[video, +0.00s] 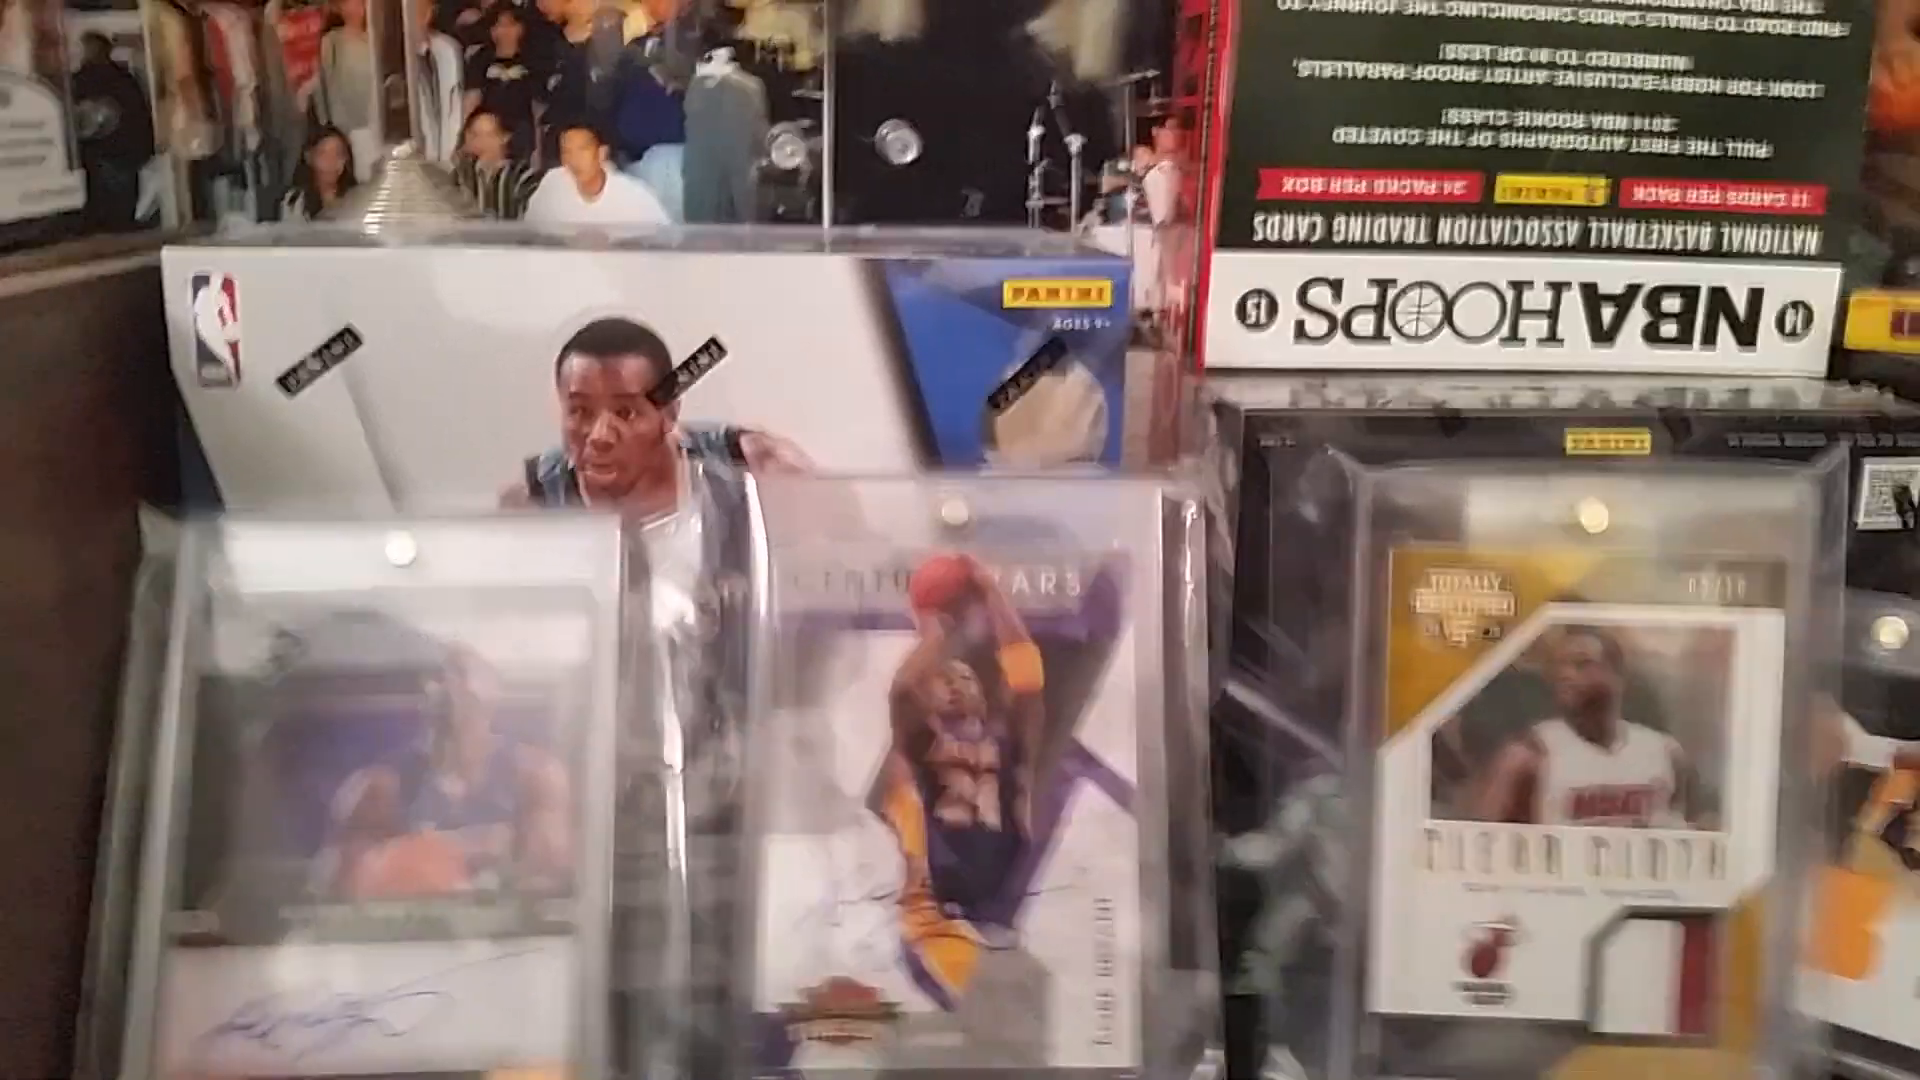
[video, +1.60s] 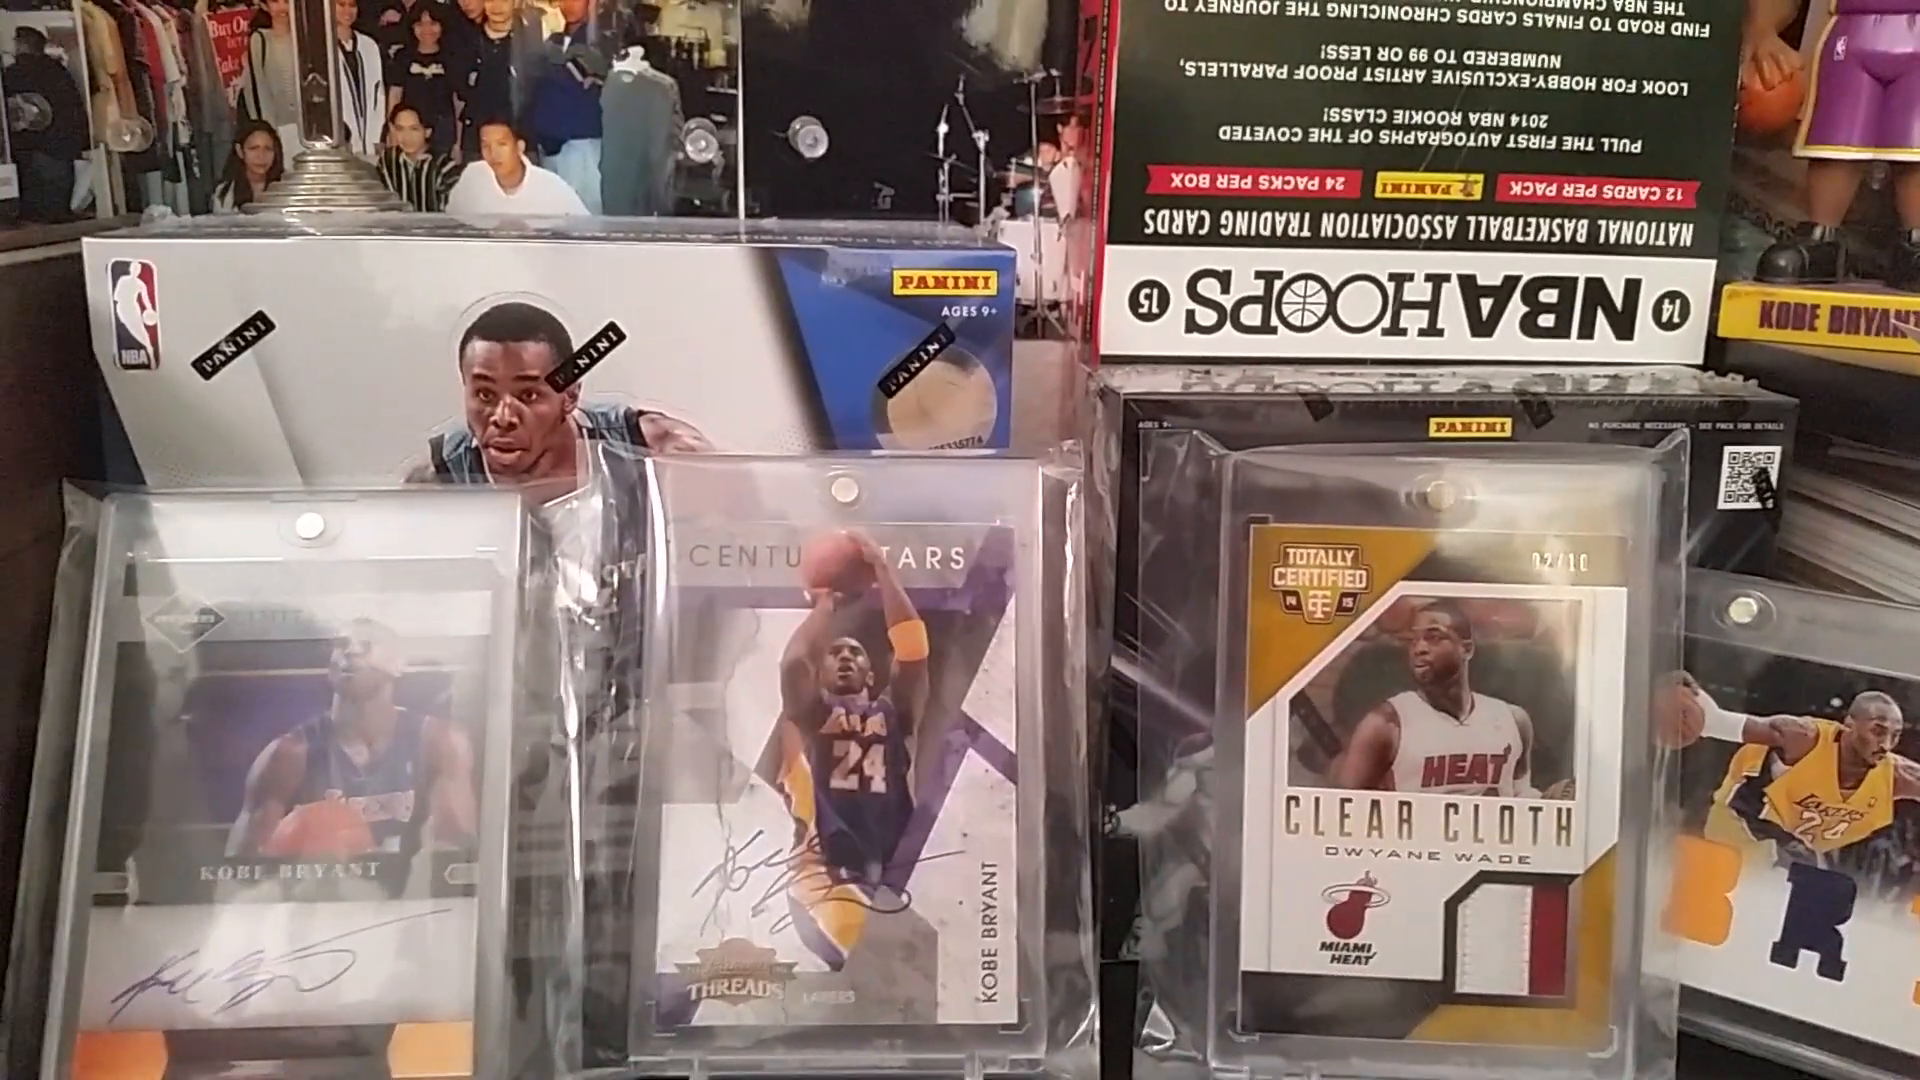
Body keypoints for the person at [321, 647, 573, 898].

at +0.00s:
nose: (439, 689)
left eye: (456, 676)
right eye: (433, 678)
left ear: (488, 698)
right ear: (423, 699)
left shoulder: (538, 775)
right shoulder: (377, 787)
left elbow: (548, 878)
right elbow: (336, 888)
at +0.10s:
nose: (402, 678)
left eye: (419, 667)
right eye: (391, 667)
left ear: (449, 687)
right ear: (375, 686)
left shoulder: (492, 770)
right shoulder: (329, 785)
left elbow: (504, 877)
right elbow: (283, 891)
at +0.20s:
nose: (367, 671)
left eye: (383, 661)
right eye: (356, 663)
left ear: (415, 680)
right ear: (341, 681)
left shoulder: (458, 766)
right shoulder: (296, 778)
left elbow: (466, 868)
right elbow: (255, 880)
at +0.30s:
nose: (334, 669)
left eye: (351, 660)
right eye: (323, 660)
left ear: (379, 679)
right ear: (310, 677)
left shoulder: (426, 763)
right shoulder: (262, 778)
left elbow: (437, 870)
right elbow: (216, 891)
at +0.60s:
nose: (299, 670)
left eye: (318, 660)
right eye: (288, 661)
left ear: (347, 678)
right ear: (275, 677)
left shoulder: (391, 762)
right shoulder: (229, 778)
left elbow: (405, 876)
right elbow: (184, 893)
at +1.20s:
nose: (328, 658)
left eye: (345, 649)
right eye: (319, 649)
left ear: (375, 667)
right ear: (306, 665)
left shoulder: (419, 746)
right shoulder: (261, 764)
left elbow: (432, 856)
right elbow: (214, 880)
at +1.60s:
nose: (349, 654)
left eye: (365, 646)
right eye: (340, 646)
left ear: (395, 664)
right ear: (328, 662)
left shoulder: (441, 743)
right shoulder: (286, 756)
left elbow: (453, 851)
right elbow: (238, 870)